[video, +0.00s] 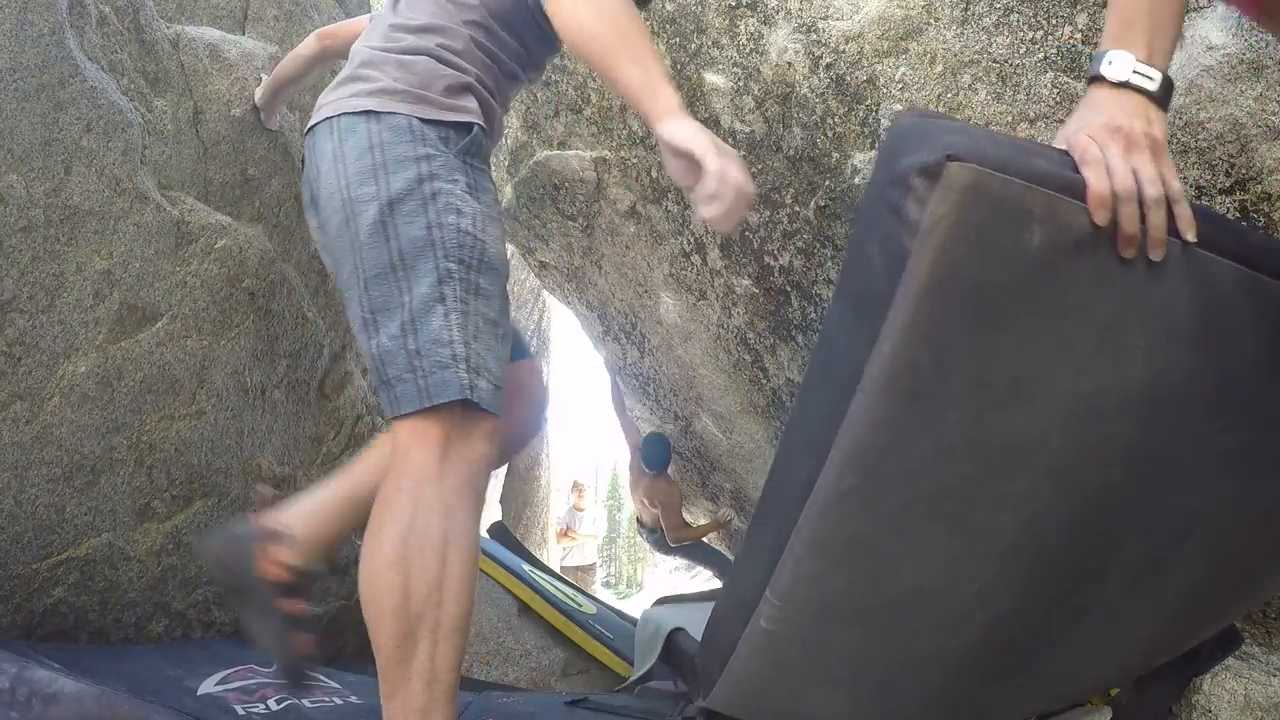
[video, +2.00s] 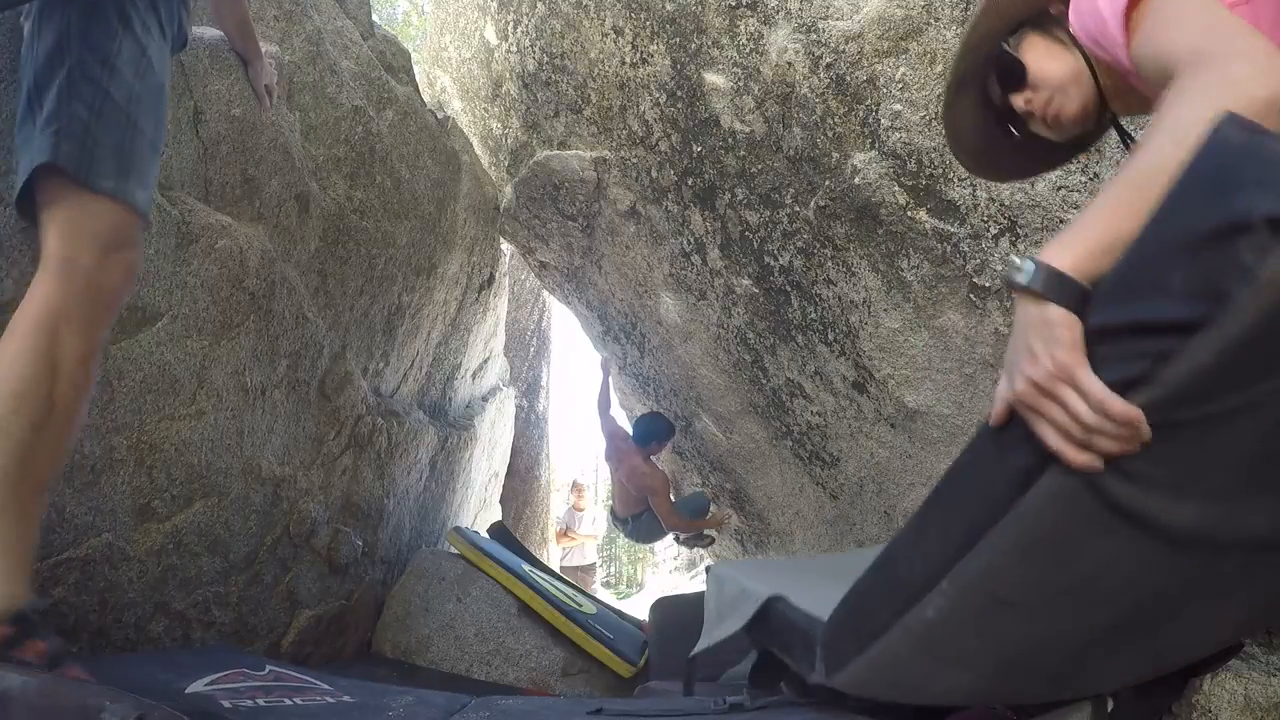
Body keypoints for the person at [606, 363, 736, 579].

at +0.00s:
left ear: (641, 453)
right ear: (668, 460)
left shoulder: (637, 454)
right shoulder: (668, 491)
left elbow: (621, 413)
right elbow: (675, 537)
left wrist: (612, 376)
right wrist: (715, 525)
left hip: (642, 527)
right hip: (662, 537)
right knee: (718, 560)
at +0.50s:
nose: (668, 462)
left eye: (667, 457)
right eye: (666, 460)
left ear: (637, 452)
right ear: (660, 468)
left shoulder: (627, 460)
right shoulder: (660, 497)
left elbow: (620, 415)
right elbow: (676, 540)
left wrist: (610, 376)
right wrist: (715, 525)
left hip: (642, 530)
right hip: (662, 540)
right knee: (716, 564)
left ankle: (696, 546)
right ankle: (737, 599)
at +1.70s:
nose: (664, 448)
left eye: (665, 444)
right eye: (663, 444)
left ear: (636, 432)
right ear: (652, 444)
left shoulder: (616, 440)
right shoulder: (653, 480)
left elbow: (604, 409)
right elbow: (673, 525)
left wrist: (605, 375)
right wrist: (710, 524)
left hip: (621, 518)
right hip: (644, 528)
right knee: (712, 534)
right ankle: (707, 584)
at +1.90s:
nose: (665, 446)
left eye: (666, 442)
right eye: (664, 442)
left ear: (637, 429)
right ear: (655, 444)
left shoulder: (616, 438)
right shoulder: (654, 479)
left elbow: (603, 411)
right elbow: (672, 524)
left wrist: (605, 375)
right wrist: (710, 524)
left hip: (617, 517)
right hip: (641, 529)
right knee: (704, 511)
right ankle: (693, 549)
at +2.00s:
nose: (666, 446)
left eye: (667, 442)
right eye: (665, 442)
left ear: (637, 430)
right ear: (655, 445)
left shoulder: (616, 438)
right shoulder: (654, 478)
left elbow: (603, 411)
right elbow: (671, 524)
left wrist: (605, 375)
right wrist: (711, 524)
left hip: (616, 517)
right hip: (638, 528)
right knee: (701, 500)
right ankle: (689, 537)